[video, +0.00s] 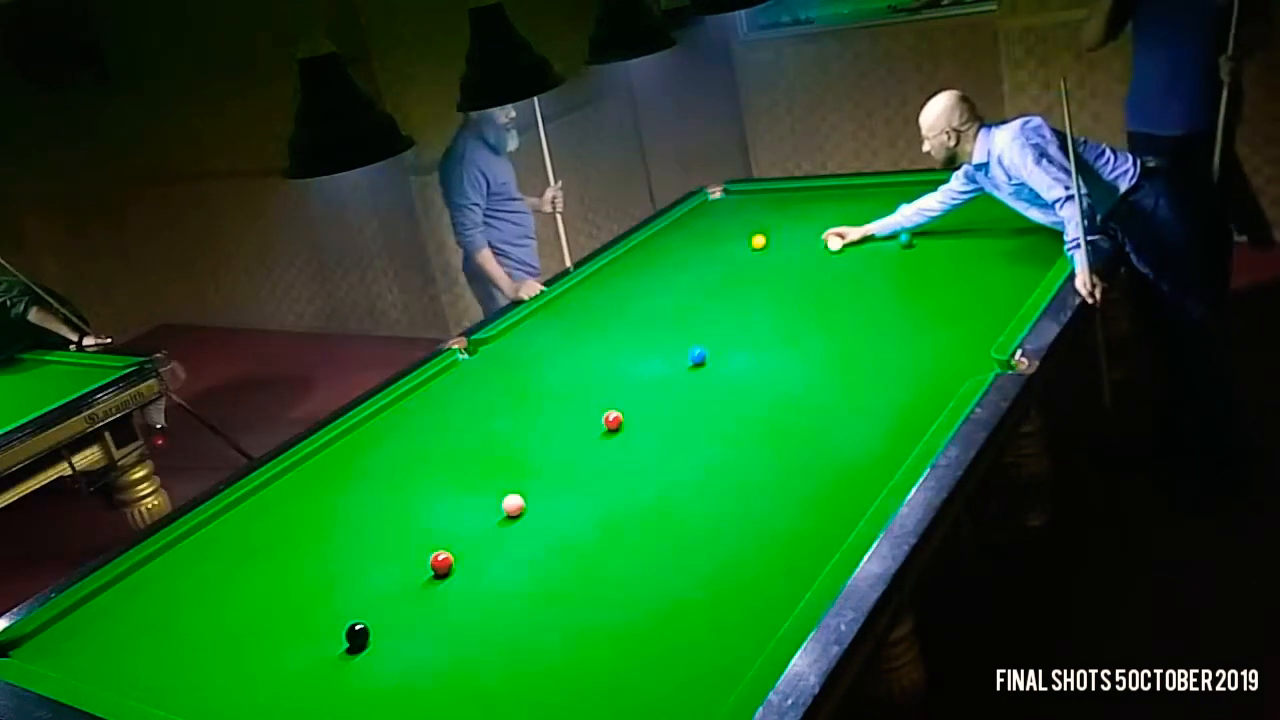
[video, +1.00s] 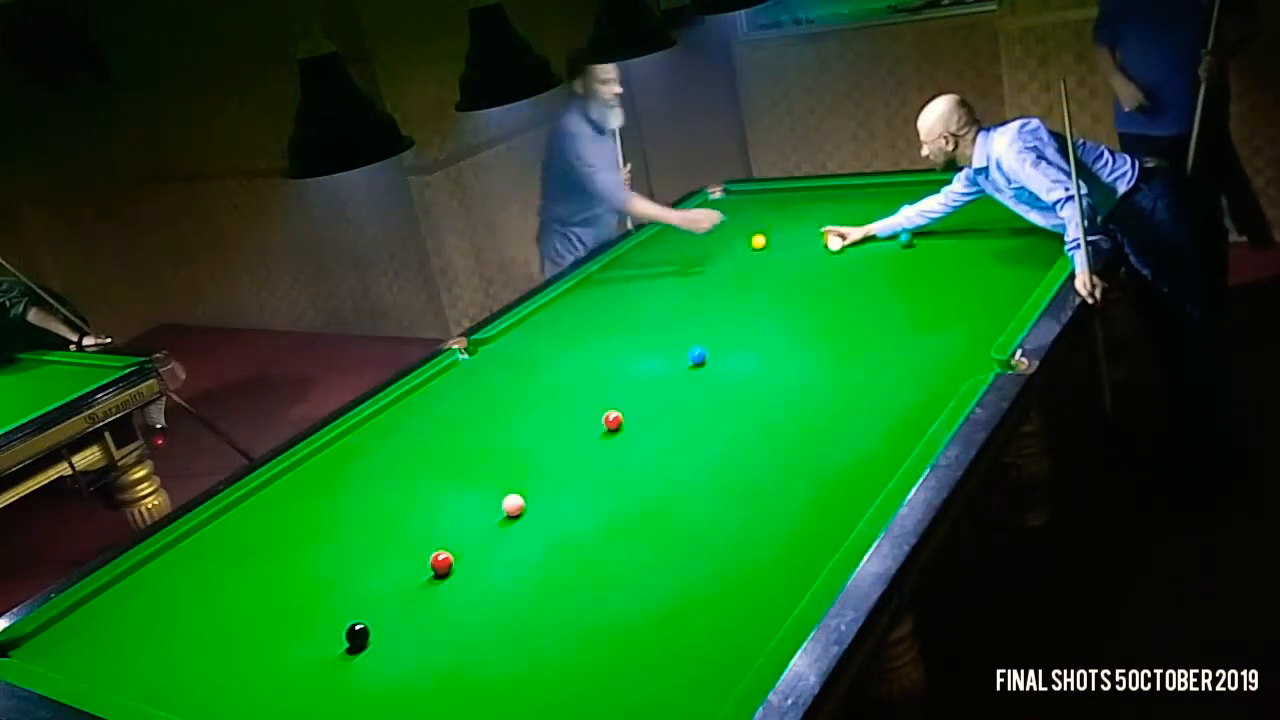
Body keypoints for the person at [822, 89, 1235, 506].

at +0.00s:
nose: (924, 147)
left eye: (927, 138)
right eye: (923, 139)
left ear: (954, 132)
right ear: (955, 131)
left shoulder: (1015, 141)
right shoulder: (978, 168)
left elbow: (1070, 197)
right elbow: (931, 206)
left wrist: (1082, 263)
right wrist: (862, 231)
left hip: (1147, 201)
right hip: (1123, 221)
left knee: (1196, 319)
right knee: (1174, 323)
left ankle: (1216, 442)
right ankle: (1197, 438)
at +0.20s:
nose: (923, 148)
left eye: (927, 139)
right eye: (923, 140)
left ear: (955, 134)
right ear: (955, 133)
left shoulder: (1013, 143)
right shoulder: (977, 171)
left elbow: (1067, 196)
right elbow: (928, 208)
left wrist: (1082, 265)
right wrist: (862, 232)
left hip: (1144, 199)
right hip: (1122, 221)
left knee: (1194, 315)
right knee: (1175, 317)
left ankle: (1216, 442)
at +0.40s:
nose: (923, 148)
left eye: (927, 139)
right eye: (922, 141)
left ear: (955, 134)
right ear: (955, 133)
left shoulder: (1014, 143)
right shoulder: (978, 171)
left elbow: (1068, 196)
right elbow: (927, 209)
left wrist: (1081, 264)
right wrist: (861, 232)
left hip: (1149, 202)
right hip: (1125, 223)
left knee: (1194, 319)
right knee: (1175, 320)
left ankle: (1215, 443)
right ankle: (1197, 439)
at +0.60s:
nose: (923, 149)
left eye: (927, 140)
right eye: (922, 141)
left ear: (955, 135)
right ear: (955, 134)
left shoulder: (1014, 143)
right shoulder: (977, 171)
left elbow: (1067, 196)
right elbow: (927, 210)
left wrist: (1081, 265)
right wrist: (861, 232)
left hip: (1148, 201)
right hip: (1125, 223)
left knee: (1196, 317)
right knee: (1177, 319)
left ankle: (1217, 443)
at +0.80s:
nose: (924, 150)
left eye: (927, 141)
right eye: (923, 142)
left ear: (952, 137)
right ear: (955, 134)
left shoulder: (1013, 145)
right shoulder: (979, 171)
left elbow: (1068, 195)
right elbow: (927, 210)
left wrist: (1081, 264)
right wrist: (862, 232)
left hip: (1148, 201)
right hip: (1124, 220)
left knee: (1194, 317)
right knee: (1174, 318)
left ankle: (1217, 440)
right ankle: (1198, 435)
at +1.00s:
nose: (924, 150)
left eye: (927, 141)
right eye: (923, 143)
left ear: (952, 137)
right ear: (955, 134)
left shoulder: (1013, 145)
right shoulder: (979, 170)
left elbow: (1069, 196)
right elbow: (927, 210)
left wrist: (1081, 264)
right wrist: (861, 232)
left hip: (1148, 201)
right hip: (1124, 219)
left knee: (1194, 319)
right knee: (1174, 320)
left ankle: (1216, 444)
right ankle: (1197, 439)